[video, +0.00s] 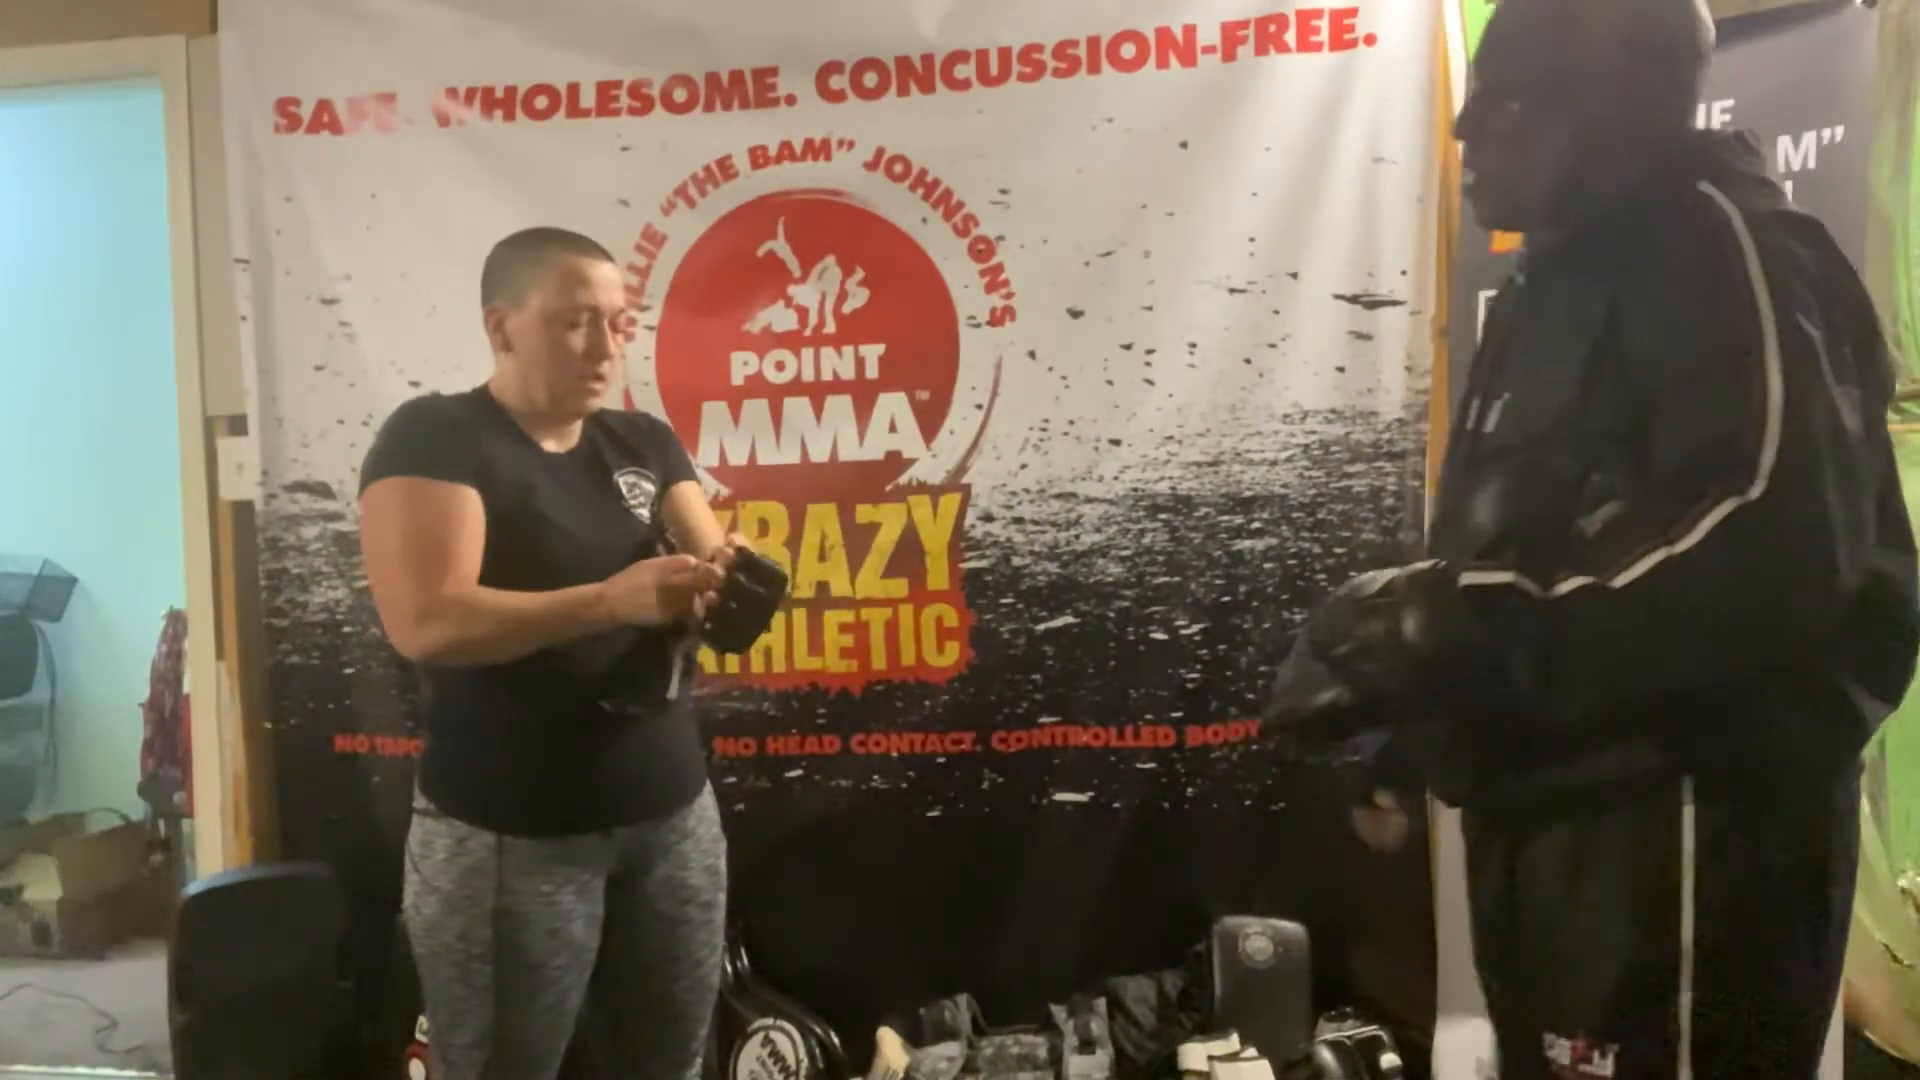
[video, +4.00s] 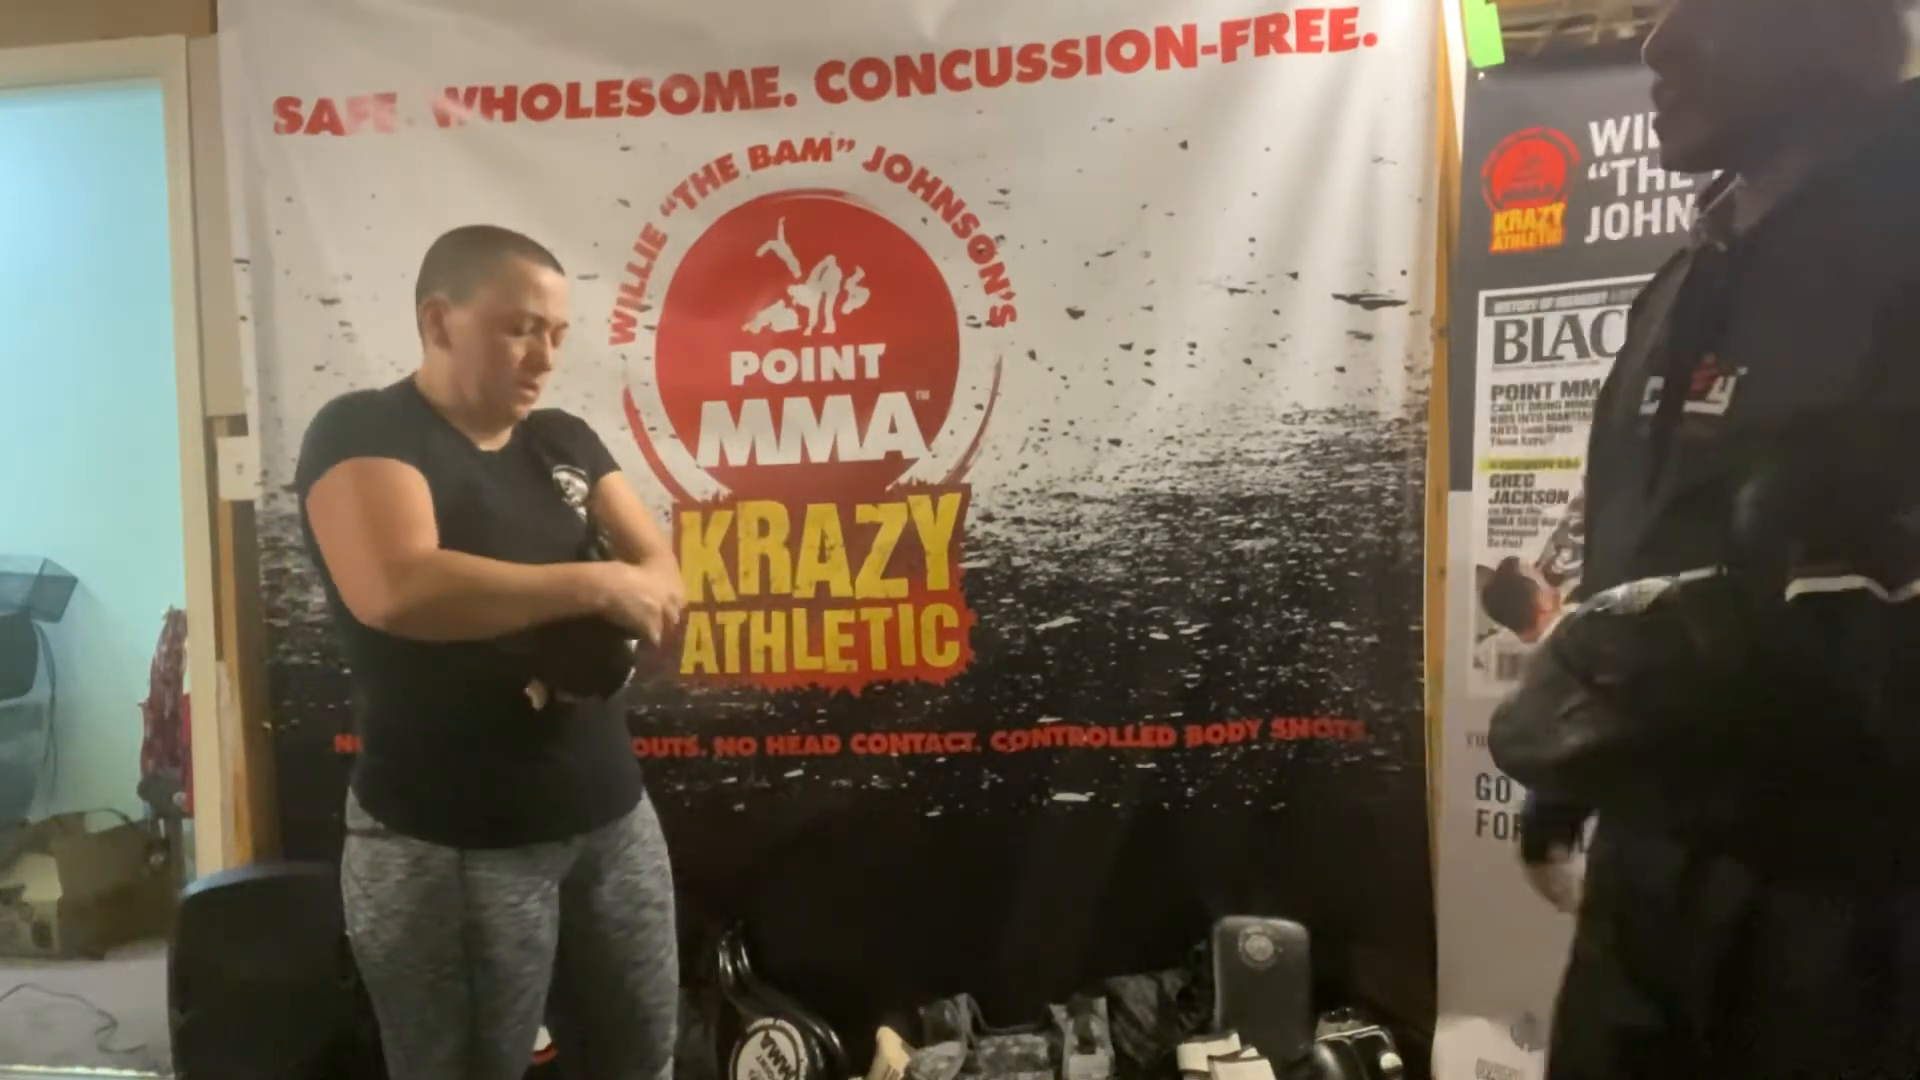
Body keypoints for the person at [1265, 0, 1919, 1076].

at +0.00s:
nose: (1464, 120)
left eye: (1503, 88)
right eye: (1473, 89)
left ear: (1612, 92)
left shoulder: (1720, 239)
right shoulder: (1543, 285)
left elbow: (1772, 537)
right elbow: (1500, 548)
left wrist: (1452, 627)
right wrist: (1399, 746)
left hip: (1700, 836)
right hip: (1564, 829)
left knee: (1681, 1062)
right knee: (1562, 1060)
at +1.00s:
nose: (1565, 164)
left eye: (1591, 131)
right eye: (1569, 134)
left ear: (1677, 135)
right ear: (1652, 147)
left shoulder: (1792, 229)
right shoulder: (1678, 290)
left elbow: (1872, 470)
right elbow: (1627, 544)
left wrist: (1634, 599)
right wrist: (1566, 760)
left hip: (1782, 771)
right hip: (1688, 772)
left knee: (1733, 1045)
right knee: (1677, 1042)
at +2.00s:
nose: (1667, 38)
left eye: (1713, 12)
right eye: (1683, 15)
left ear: (1815, 36)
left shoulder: (1893, 217)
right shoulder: (1710, 282)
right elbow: (1667, 568)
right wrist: (1544, 725)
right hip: (1702, 825)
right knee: (1616, 1053)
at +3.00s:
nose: (1500, 122)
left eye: (1537, 93)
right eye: (1496, 104)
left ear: (1640, 112)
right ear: (1497, 149)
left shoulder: (1738, 227)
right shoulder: (1508, 334)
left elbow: (1886, 450)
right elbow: (1488, 591)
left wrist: (1591, 569)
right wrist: (1412, 772)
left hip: (1745, 778)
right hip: (1557, 792)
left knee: (1764, 1057)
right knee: (1577, 1052)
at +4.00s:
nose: (1652, 40)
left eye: (1698, 7)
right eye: (1663, 16)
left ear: (1837, 25)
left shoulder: (1897, 215)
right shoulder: (1671, 290)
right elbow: (1623, 557)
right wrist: (1565, 775)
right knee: (1606, 1059)